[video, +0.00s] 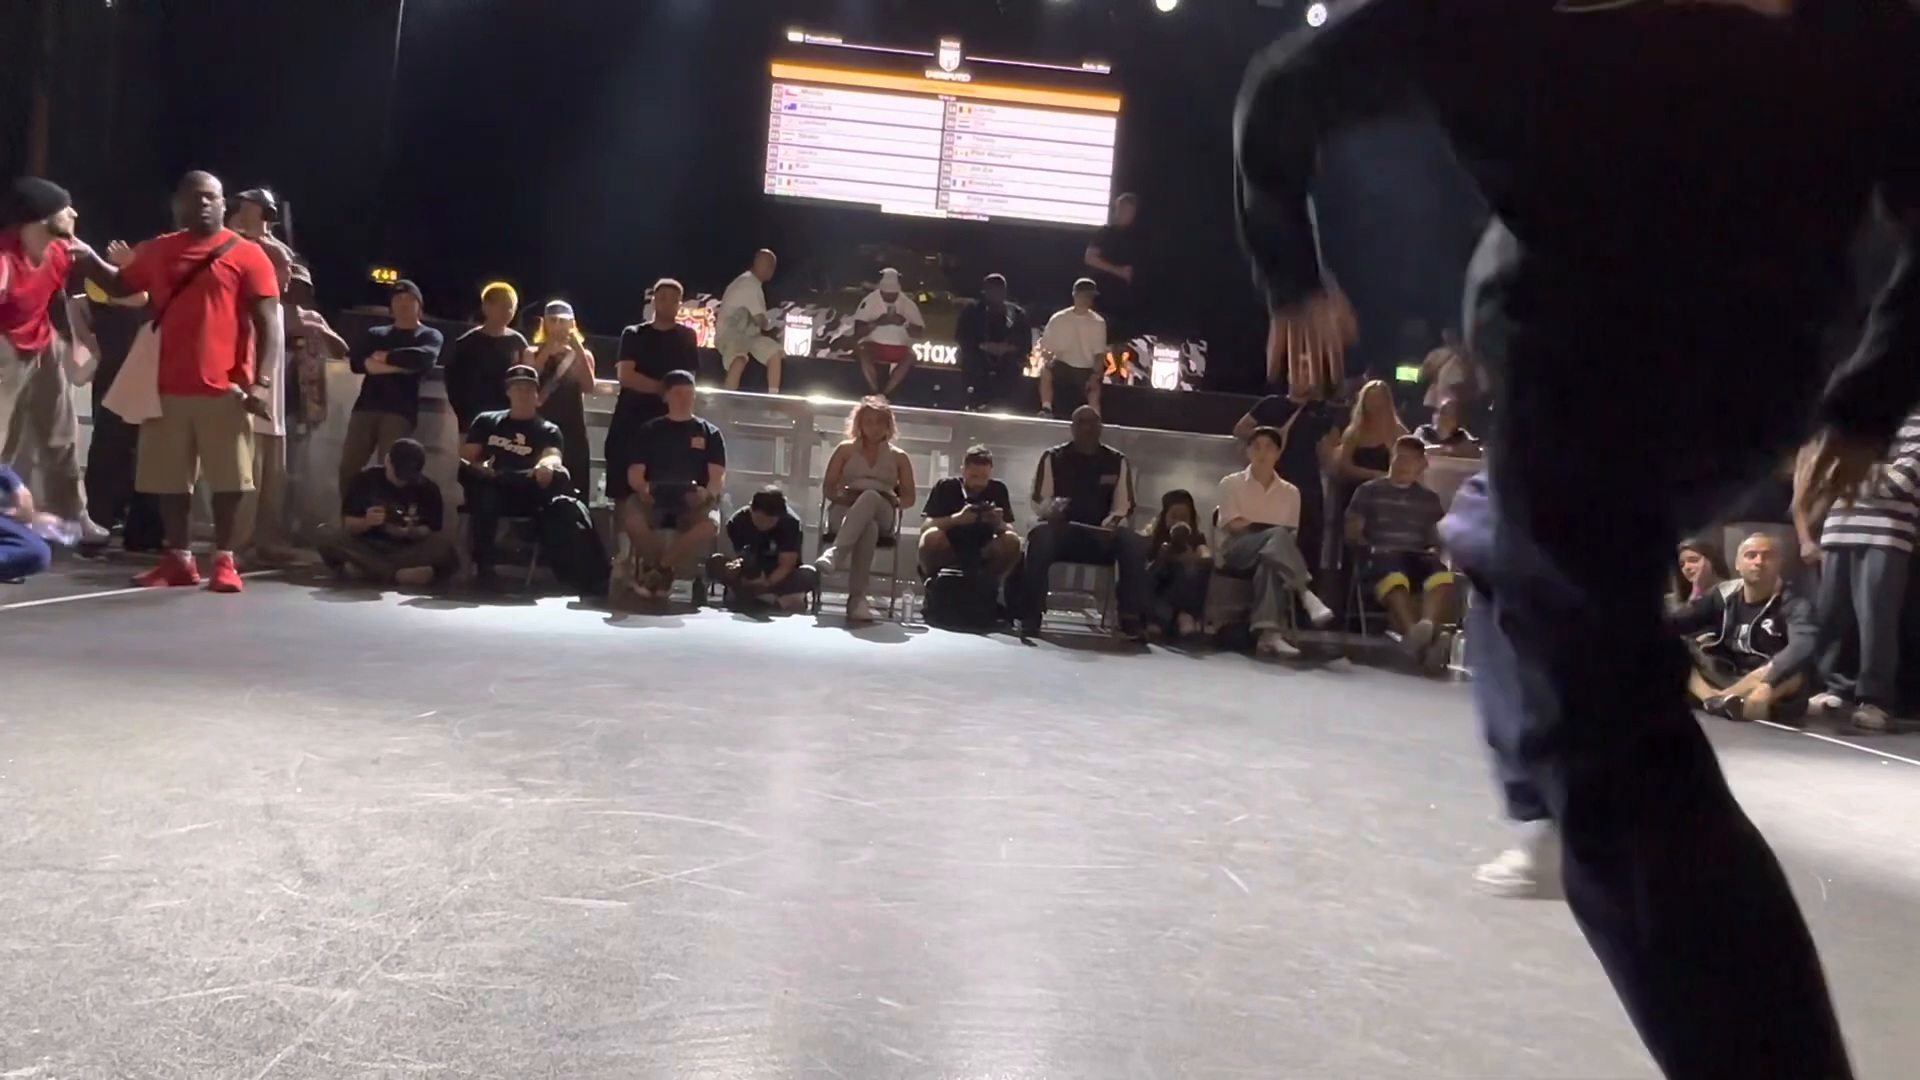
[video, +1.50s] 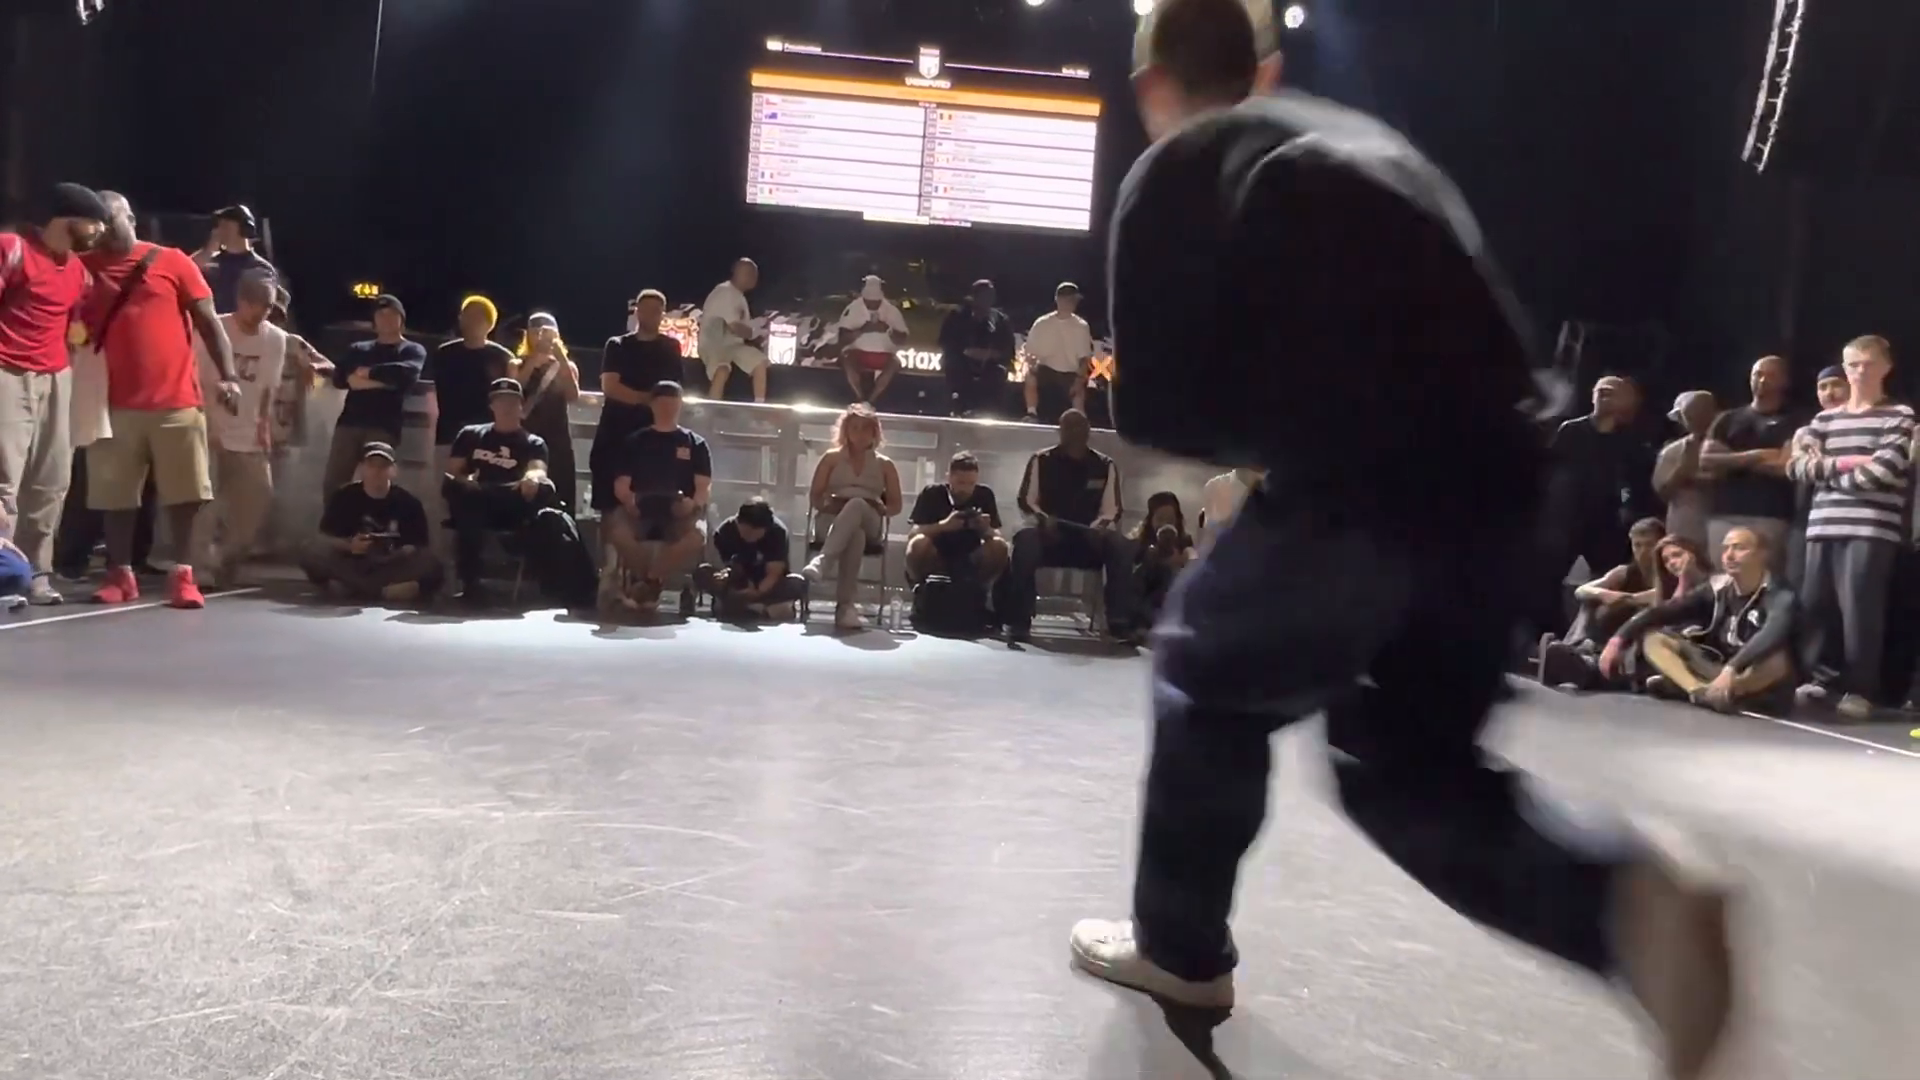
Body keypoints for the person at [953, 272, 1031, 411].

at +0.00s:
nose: (994, 295)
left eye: (998, 290)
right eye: (990, 290)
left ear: (1004, 292)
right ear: (984, 291)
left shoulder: (1017, 314)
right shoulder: (973, 311)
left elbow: (1024, 345)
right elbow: (962, 338)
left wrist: (1006, 349)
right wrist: (983, 347)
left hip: (1007, 377)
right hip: (978, 374)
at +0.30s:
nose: (994, 297)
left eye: (998, 292)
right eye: (990, 292)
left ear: (1004, 293)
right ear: (984, 293)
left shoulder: (1017, 313)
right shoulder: (973, 311)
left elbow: (1025, 345)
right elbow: (962, 338)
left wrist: (1007, 349)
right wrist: (983, 347)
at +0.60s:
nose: (996, 299)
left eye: (1000, 295)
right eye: (992, 294)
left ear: (1006, 295)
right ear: (985, 294)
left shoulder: (1016, 316)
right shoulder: (973, 314)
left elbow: (1024, 348)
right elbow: (963, 342)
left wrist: (1006, 351)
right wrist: (983, 349)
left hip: (1007, 382)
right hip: (978, 380)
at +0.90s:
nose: (994, 301)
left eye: (998, 296)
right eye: (990, 296)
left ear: (1004, 297)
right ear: (982, 296)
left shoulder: (1011, 318)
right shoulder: (968, 316)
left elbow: (1020, 350)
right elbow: (957, 342)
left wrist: (1001, 353)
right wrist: (978, 351)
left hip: (1002, 384)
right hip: (973, 381)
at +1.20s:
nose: (994, 300)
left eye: (997, 295)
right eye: (990, 295)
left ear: (1000, 296)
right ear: (981, 295)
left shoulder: (1005, 318)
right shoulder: (964, 316)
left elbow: (1013, 349)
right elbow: (953, 342)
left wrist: (995, 353)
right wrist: (974, 351)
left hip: (997, 364)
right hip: (970, 363)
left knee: (1004, 369)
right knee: (958, 359)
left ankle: (995, 407)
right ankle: (962, 402)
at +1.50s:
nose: (985, 302)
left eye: (988, 297)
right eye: (981, 297)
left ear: (993, 299)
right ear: (973, 297)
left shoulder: (1001, 320)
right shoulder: (958, 316)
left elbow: (1008, 352)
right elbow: (946, 342)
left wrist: (990, 354)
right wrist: (966, 352)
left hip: (990, 369)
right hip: (964, 368)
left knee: (999, 371)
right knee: (952, 361)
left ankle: (993, 409)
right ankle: (958, 405)